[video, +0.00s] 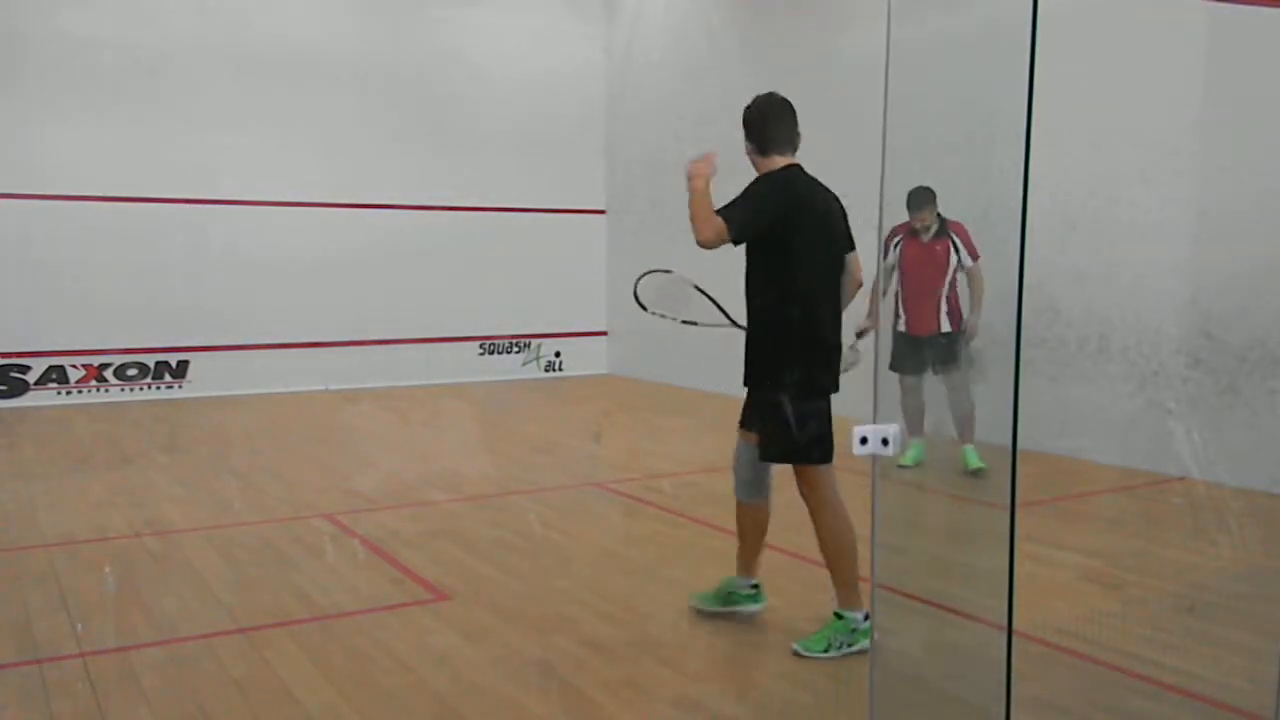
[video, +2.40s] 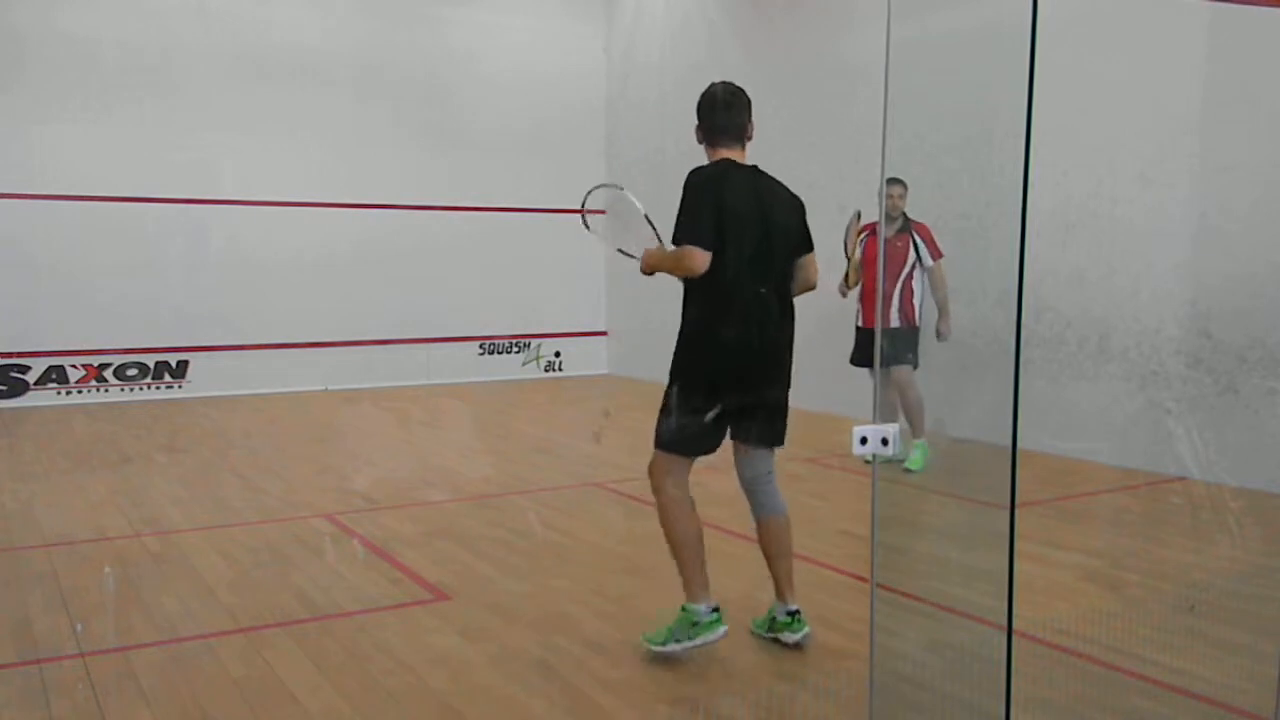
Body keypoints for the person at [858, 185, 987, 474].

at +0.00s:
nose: (919, 226)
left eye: (924, 221)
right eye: (914, 221)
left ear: (936, 211)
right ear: (908, 215)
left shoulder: (954, 233)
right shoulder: (897, 237)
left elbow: (975, 276)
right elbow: (882, 277)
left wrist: (974, 318)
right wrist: (872, 316)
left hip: (946, 329)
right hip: (908, 329)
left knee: (956, 385)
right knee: (909, 386)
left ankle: (968, 446)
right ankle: (914, 443)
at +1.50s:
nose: (922, 220)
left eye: (927, 214)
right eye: (917, 215)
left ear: (940, 207)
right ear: (912, 212)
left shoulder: (960, 232)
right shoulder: (908, 237)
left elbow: (974, 273)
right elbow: (898, 279)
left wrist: (949, 306)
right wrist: (889, 320)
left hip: (948, 330)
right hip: (912, 328)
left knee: (955, 386)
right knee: (899, 382)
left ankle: (962, 448)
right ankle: (895, 442)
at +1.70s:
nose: (914, 207)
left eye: (919, 202)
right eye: (909, 203)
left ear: (929, 202)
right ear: (902, 206)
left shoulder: (943, 231)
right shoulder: (892, 236)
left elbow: (951, 273)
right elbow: (886, 279)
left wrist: (908, 290)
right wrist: (881, 319)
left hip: (933, 328)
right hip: (897, 327)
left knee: (945, 384)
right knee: (892, 382)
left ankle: (960, 447)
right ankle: (894, 443)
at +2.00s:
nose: (900, 203)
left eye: (905, 198)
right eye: (895, 198)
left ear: (913, 200)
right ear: (887, 201)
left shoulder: (924, 233)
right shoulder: (876, 233)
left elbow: (932, 279)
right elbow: (865, 274)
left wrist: (932, 320)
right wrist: (856, 308)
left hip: (909, 324)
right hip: (879, 324)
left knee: (914, 379)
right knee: (886, 382)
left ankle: (945, 440)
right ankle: (890, 443)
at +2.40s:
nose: (893, 202)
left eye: (898, 197)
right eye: (888, 197)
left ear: (906, 201)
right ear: (880, 199)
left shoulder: (918, 233)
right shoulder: (866, 233)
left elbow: (935, 273)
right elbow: (856, 267)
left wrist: (943, 315)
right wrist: (847, 281)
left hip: (902, 322)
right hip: (870, 322)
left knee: (901, 376)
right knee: (881, 381)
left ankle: (919, 441)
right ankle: (885, 442)